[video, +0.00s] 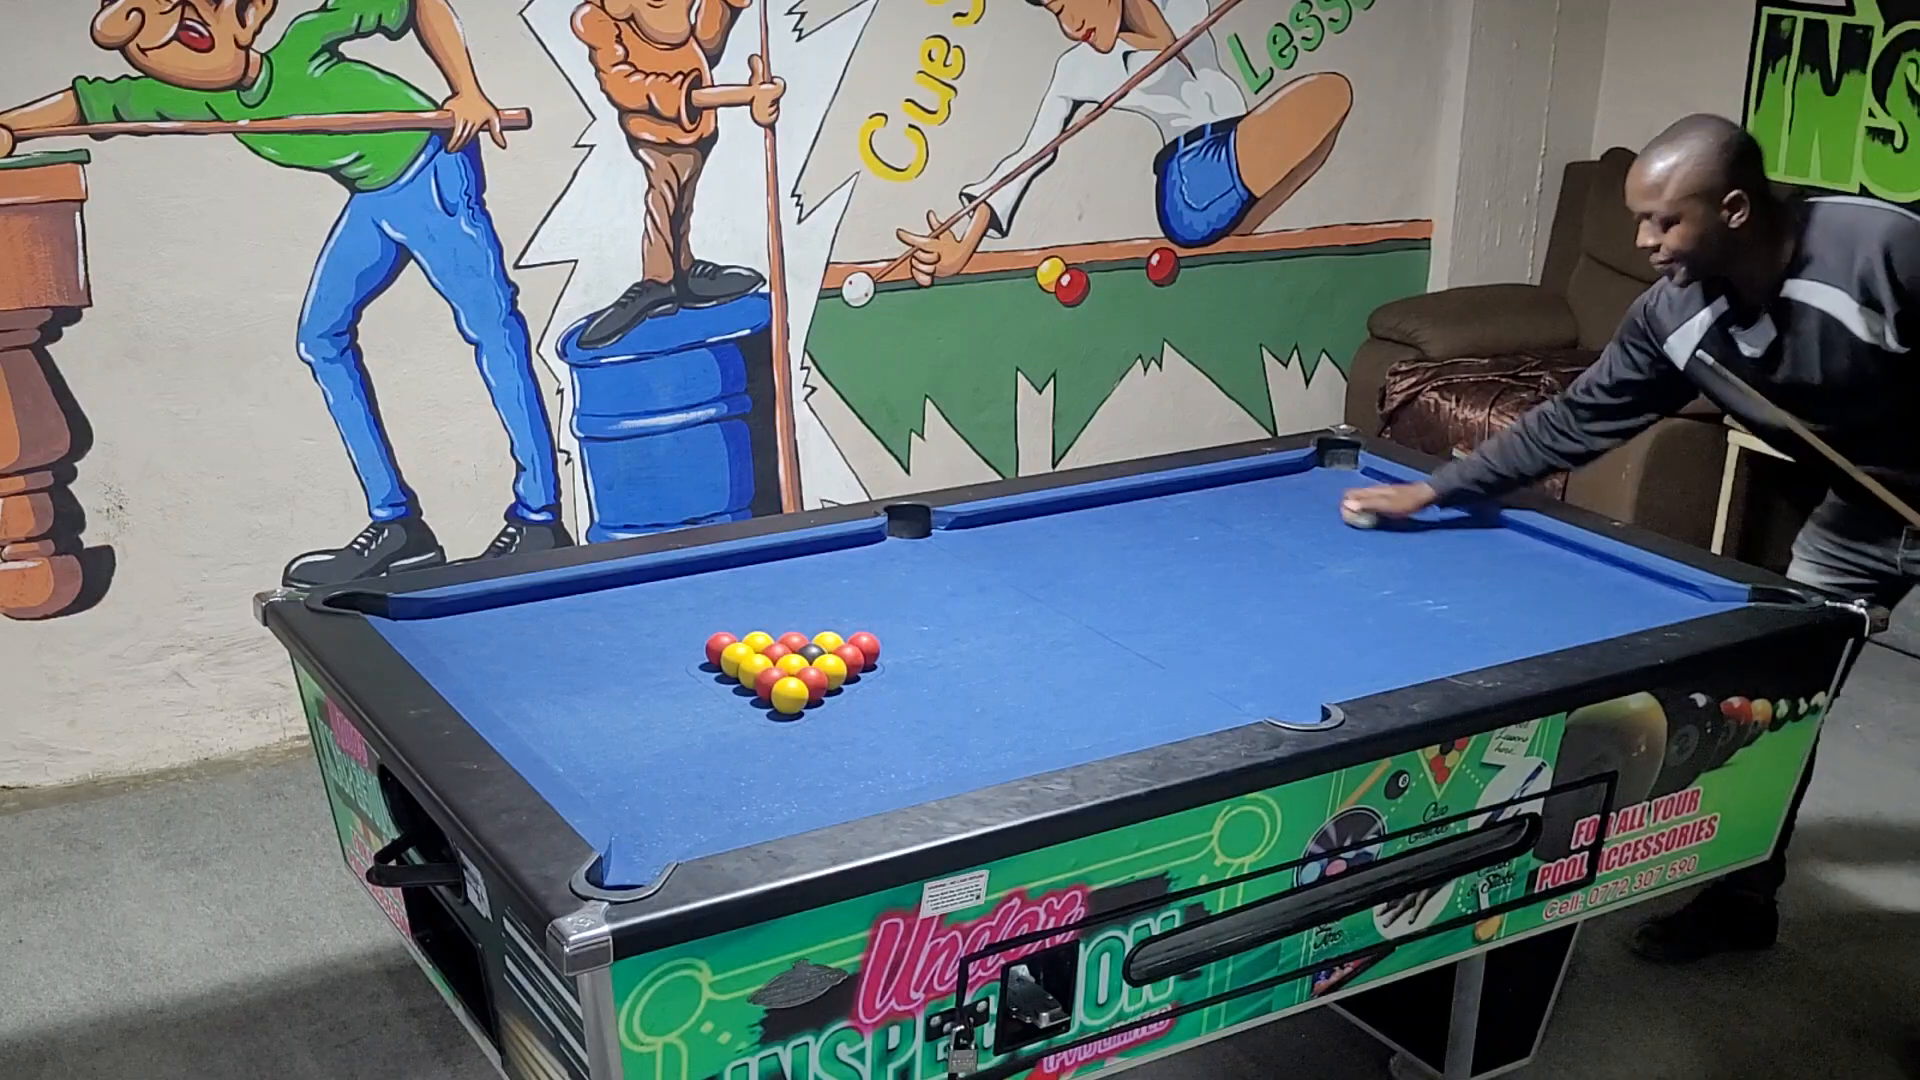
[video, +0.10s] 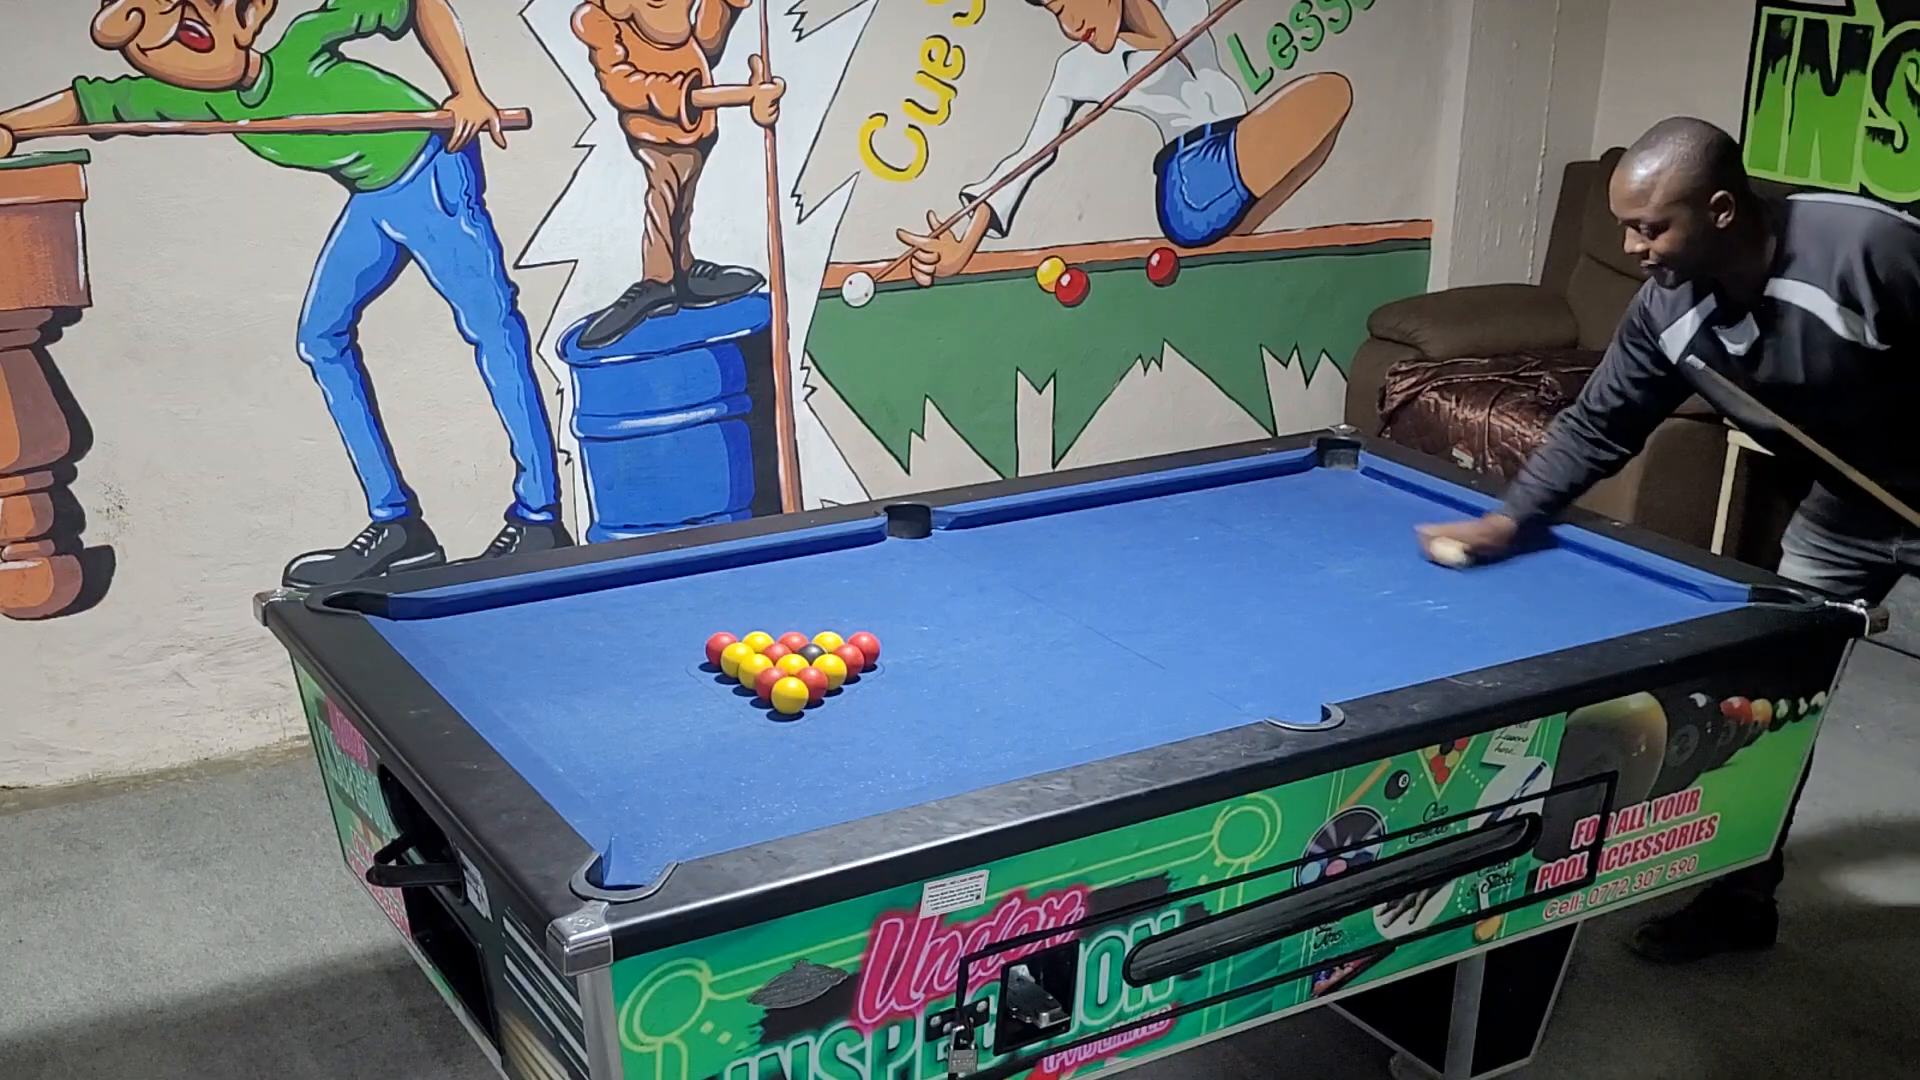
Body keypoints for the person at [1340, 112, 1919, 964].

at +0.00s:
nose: (1650, 244)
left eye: (1666, 222)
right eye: (1642, 225)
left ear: (1737, 208)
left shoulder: (1885, 250)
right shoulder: (1671, 316)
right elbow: (1570, 421)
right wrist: (1428, 489)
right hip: (1864, 501)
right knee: (1773, 690)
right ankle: (1741, 891)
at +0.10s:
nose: (1636, 249)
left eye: (1651, 228)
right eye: (1628, 230)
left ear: (1723, 207)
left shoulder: (1872, 249)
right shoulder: (1668, 310)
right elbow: (1595, 423)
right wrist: (1506, 521)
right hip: (1849, 496)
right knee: (1774, 682)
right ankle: (1743, 891)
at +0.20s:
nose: (1637, 240)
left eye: (1653, 219)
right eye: (1629, 221)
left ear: (1726, 201)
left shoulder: (1874, 241)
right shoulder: (1668, 307)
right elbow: (1610, 433)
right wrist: (1549, 535)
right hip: (1846, 489)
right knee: (1767, 679)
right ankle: (1740, 889)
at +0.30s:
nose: (1658, 228)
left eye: (1676, 205)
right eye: (1648, 208)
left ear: (1746, 188)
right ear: (1642, 205)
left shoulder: (1882, 228)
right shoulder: (1677, 310)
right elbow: (1624, 435)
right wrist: (1543, 534)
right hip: (1847, 487)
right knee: (1766, 677)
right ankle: (1742, 888)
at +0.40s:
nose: (1690, 213)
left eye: (1712, 190)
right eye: (1681, 193)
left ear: (1782, 179)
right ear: (1678, 192)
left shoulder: (1903, 229)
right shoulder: (1702, 298)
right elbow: (1644, 423)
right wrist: (1539, 508)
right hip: (1854, 491)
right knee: (1769, 677)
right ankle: (1741, 887)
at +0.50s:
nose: (1738, 200)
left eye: (1761, 176)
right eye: (1729, 178)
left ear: (1833, 169)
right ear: (1725, 177)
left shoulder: (1915, 235)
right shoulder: (1740, 285)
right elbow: (1688, 412)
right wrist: (1587, 479)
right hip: (1884, 487)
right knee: (1781, 670)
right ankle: (1742, 886)